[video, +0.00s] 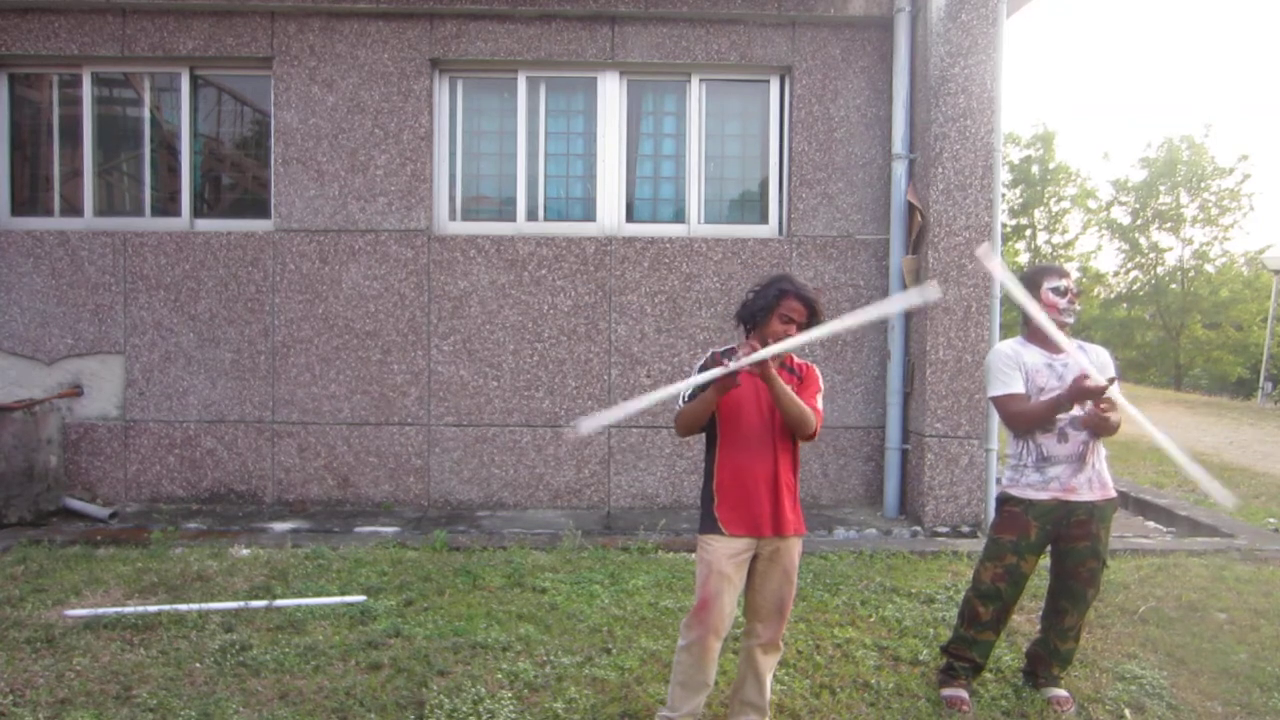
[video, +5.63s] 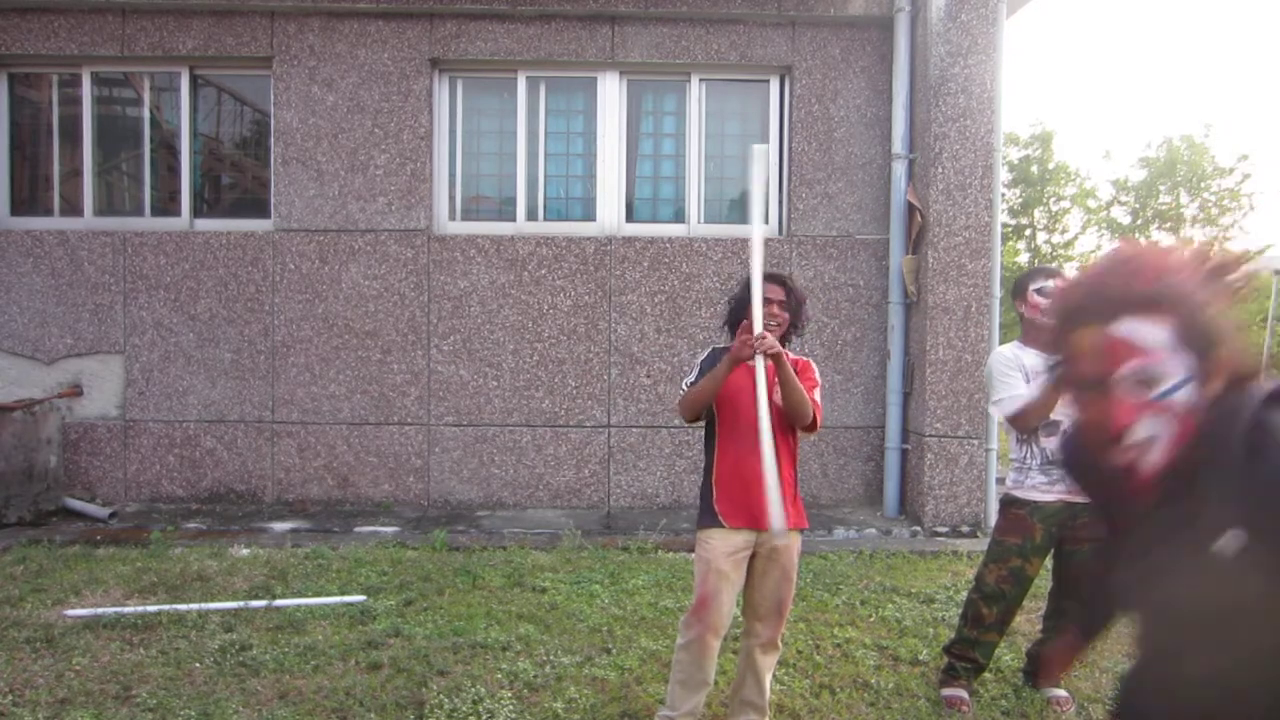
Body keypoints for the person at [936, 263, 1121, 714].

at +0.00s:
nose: (1071, 300)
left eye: (1074, 293)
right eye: (1059, 291)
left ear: (1076, 304)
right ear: (1029, 300)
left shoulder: (1094, 356)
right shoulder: (1006, 355)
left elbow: (1110, 420)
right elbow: (1018, 421)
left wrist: (1103, 421)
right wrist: (1071, 396)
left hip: (1089, 497)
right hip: (1028, 496)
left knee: (1076, 594)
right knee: (994, 585)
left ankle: (1045, 671)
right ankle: (957, 674)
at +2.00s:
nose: (1060, 298)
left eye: (1068, 292)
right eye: (1048, 291)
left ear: (1077, 304)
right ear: (1025, 304)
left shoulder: (1095, 355)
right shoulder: (1008, 355)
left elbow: (1112, 423)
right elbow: (1021, 420)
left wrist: (1099, 393)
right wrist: (1078, 399)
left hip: (1094, 499)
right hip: (1032, 496)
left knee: (1078, 597)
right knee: (997, 586)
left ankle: (1045, 673)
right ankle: (958, 673)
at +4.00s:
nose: (1067, 297)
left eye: (1071, 291)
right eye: (1054, 290)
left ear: (1075, 304)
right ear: (1026, 303)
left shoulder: (1093, 357)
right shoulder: (1009, 354)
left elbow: (1112, 424)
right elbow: (1026, 418)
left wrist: (1117, 391)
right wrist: (1074, 381)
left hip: (1094, 499)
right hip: (1033, 497)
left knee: (1078, 598)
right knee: (997, 588)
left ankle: (1046, 673)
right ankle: (958, 675)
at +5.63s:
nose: (1052, 300)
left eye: (1061, 294)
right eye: (1042, 292)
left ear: (1072, 307)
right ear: (1020, 305)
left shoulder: (1084, 357)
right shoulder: (1006, 358)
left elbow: (1107, 416)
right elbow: (1023, 421)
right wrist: (1063, 376)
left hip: (1085, 501)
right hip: (1030, 500)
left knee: (1080, 598)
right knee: (996, 591)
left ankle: (1047, 673)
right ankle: (958, 677)